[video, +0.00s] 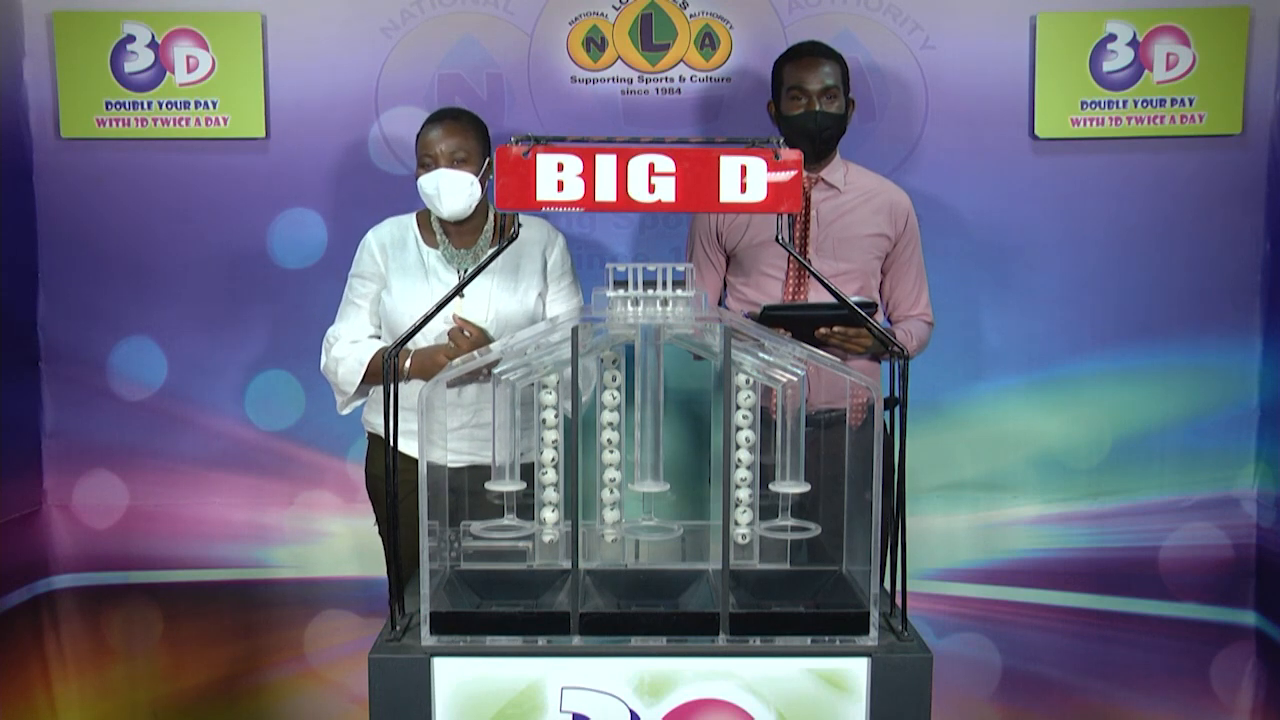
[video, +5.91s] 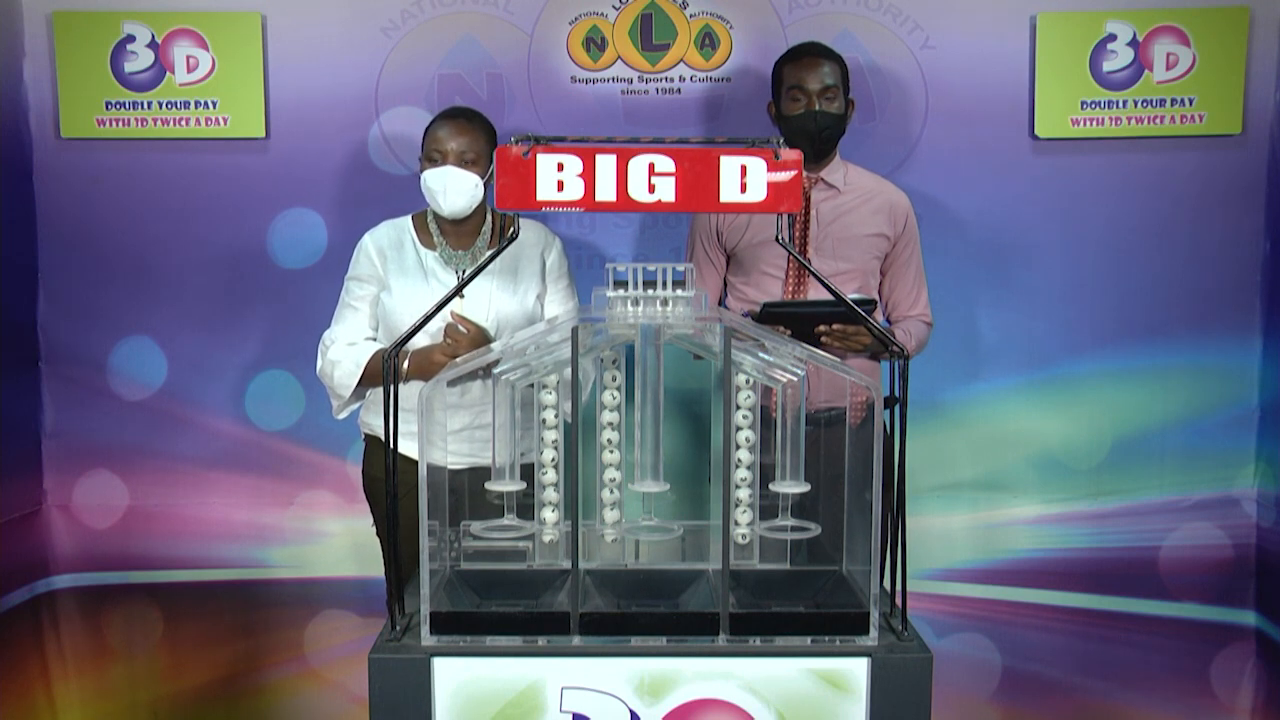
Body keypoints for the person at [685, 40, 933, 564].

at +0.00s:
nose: (814, 109)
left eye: (829, 95)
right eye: (796, 96)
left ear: (848, 107)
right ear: (774, 109)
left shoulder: (888, 205)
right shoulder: (727, 201)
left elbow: (915, 321)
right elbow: (695, 319)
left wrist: (876, 341)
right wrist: (757, 338)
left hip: (842, 417)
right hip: (751, 418)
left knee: (844, 581)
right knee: (752, 580)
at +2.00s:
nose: (813, 108)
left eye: (828, 94)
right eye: (796, 95)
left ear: (848, 108)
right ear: (774, 109)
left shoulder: (888, 204)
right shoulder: (726, 200)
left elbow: (914, 320)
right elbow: (696, 318)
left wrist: (876, 342)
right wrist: (761, 340)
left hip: (843, 416)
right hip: (752, 416)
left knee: (844, 580)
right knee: (753, 578)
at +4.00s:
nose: (813, 107)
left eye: (828, 94)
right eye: (796, 95)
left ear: (848, 108)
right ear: (774, 109)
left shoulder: (887, 205)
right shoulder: (726, 200)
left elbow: (915, 320)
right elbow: (696, 318)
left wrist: (876, 341)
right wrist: (760, 337)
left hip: (843, 417)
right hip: (752, 417)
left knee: (844, 581)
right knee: (753, 579)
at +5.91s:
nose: (813, 107)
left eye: (829, 94)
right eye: (796, 95)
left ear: (848, 108)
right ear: (774, 109)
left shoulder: (888, 205)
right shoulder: (727, 200)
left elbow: (914, 321)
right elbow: (696, 318)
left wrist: (876, 341)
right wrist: (758, 336)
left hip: (843, 417)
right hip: (751, 416)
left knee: (844, 581)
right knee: (753, 579)